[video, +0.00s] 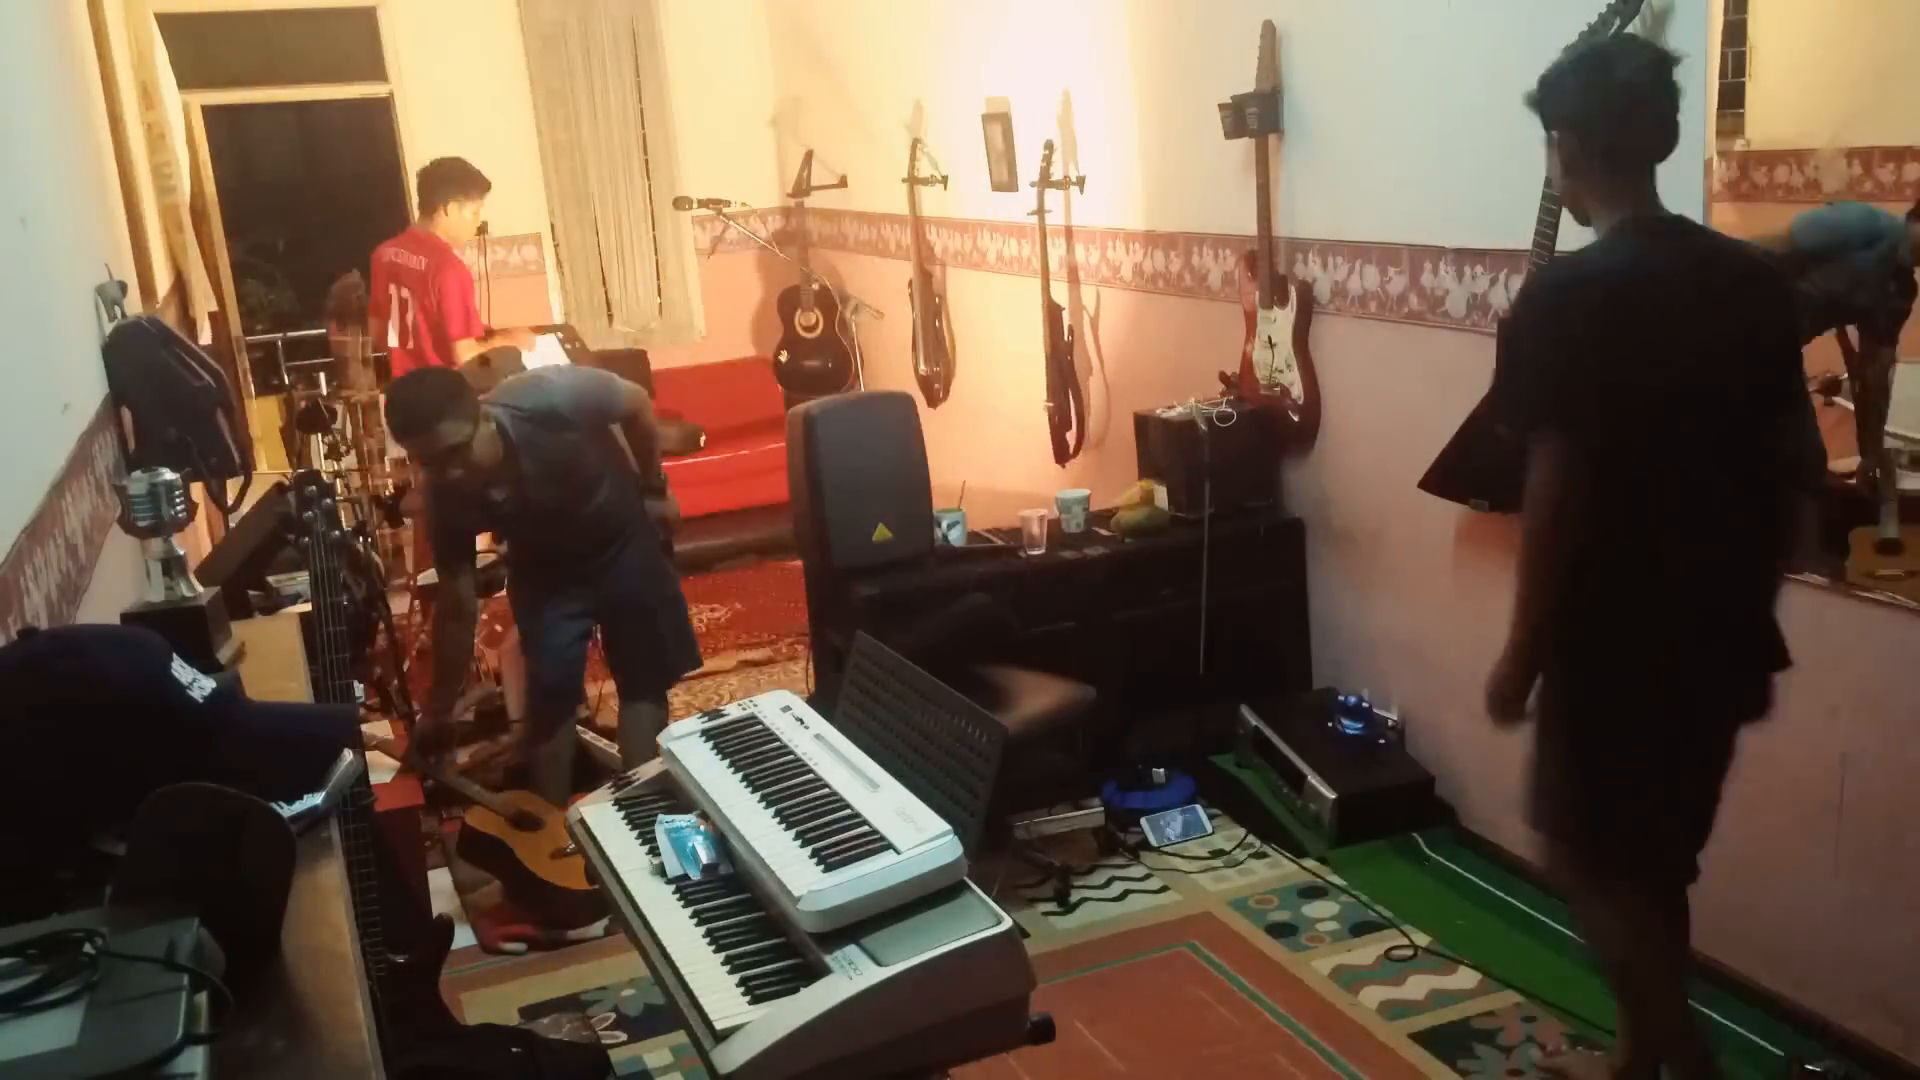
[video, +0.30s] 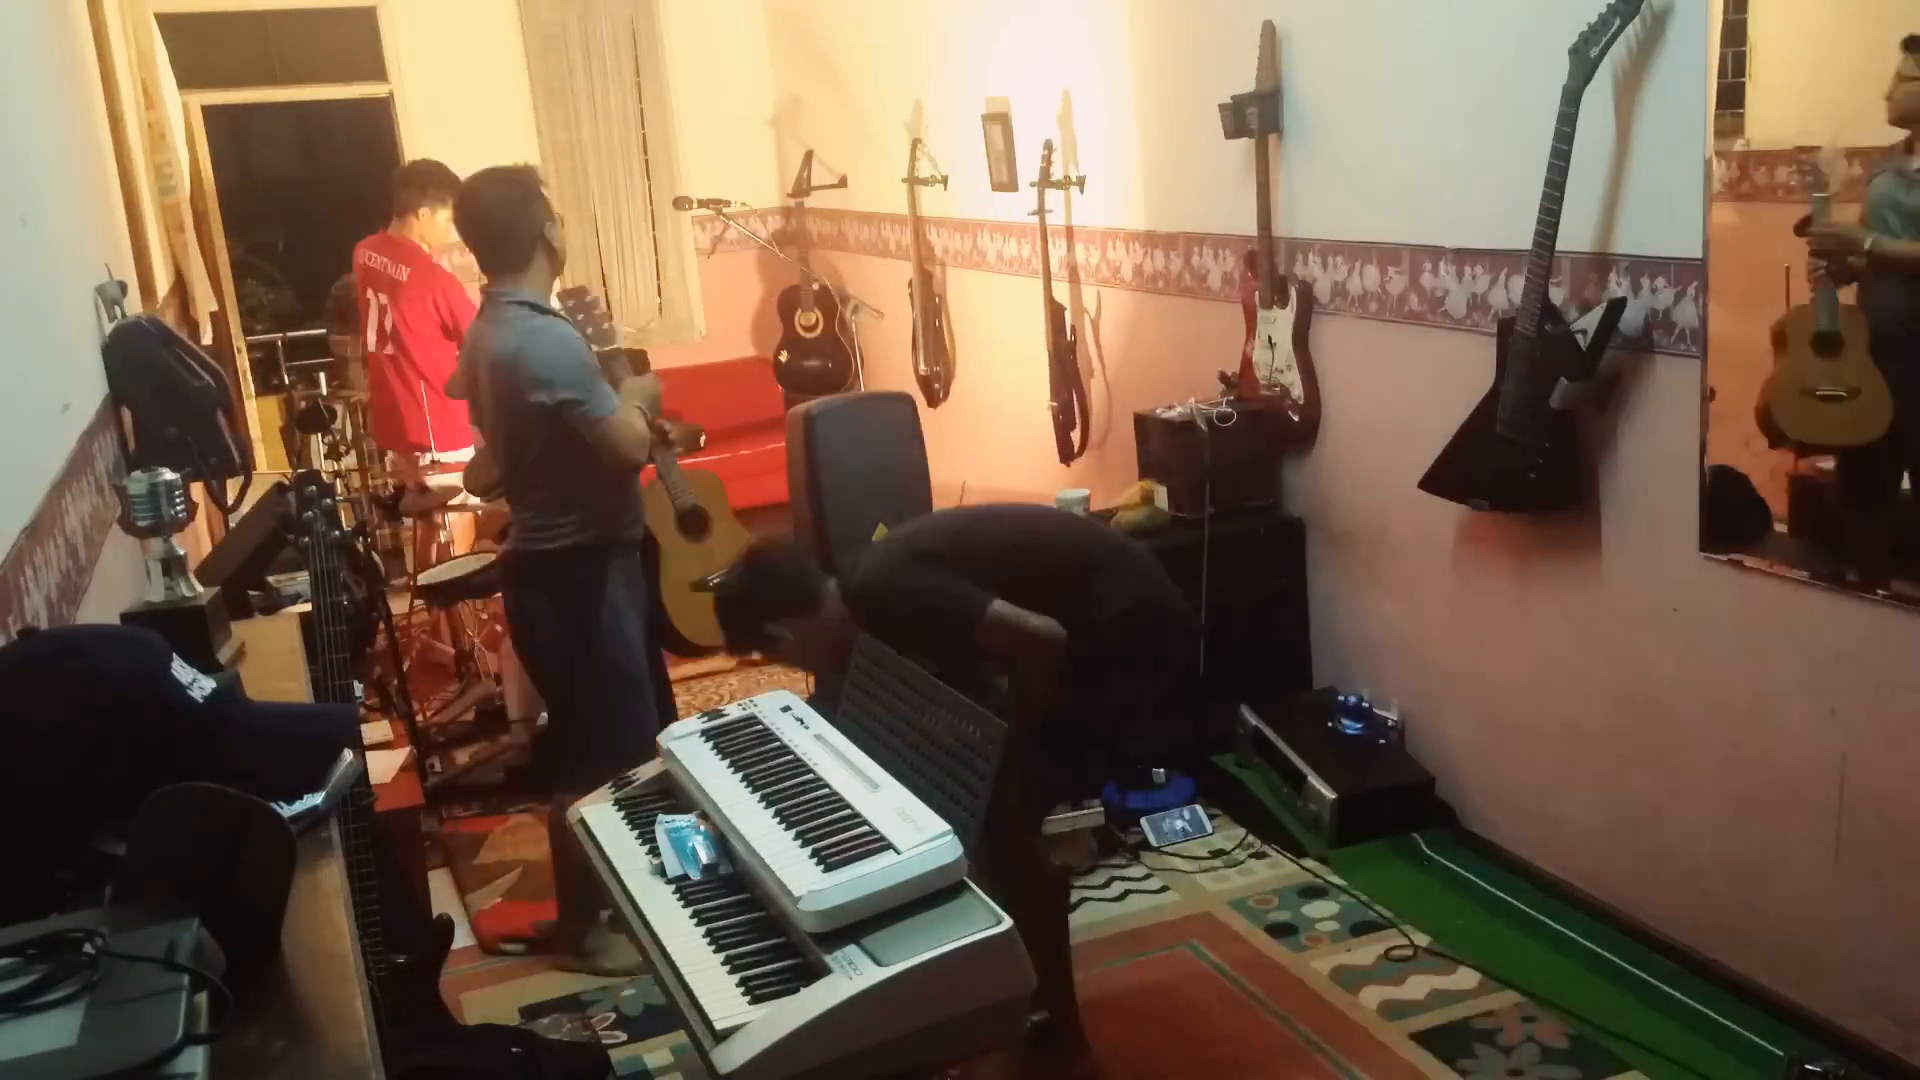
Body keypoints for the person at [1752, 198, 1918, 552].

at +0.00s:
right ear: (1912, 219)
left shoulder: (1895, 291)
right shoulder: (1868, 225)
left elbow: (1874, 379)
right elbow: (1775, 245)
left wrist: (1870, 460)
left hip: (1782, 343)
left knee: (1807, 459)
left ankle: (1803, 557)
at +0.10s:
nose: (1891, 160)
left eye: (1899, 148)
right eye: (1884, 143)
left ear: (1898, 152)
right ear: (1850, 128)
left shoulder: (1866, 222)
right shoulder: (1780, 182)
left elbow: (1842, 308)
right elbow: (1709, 236)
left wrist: (1855, 392)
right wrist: (1701, 324)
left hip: (1781, 345)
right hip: (1727, 337)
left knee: (1796, 461)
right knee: (1728, 465)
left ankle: (1804, 558)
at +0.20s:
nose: (1874, 97)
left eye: (1889, 87)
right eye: (1867, 86)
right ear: (1859, 91)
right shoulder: (1830, 163)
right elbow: (1790, 242)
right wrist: (1833, 268)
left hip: (1907, 338)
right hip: (1840, 336)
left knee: (1901, 468)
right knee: (1834, 463)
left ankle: (1894, 582)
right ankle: (1828, 581)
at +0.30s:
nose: (1891, 89)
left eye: (1904, 80)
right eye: (1895, 78)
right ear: (1903, 88)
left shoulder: (1912, 170)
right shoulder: (1889, 168)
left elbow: (1915, 253)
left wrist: (1866, 246)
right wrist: (1847, 268)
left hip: (1914, 341)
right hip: (1882, 337)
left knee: (1910, 460)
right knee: (1867, 455)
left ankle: (1910, 570)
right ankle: (1867, 567)